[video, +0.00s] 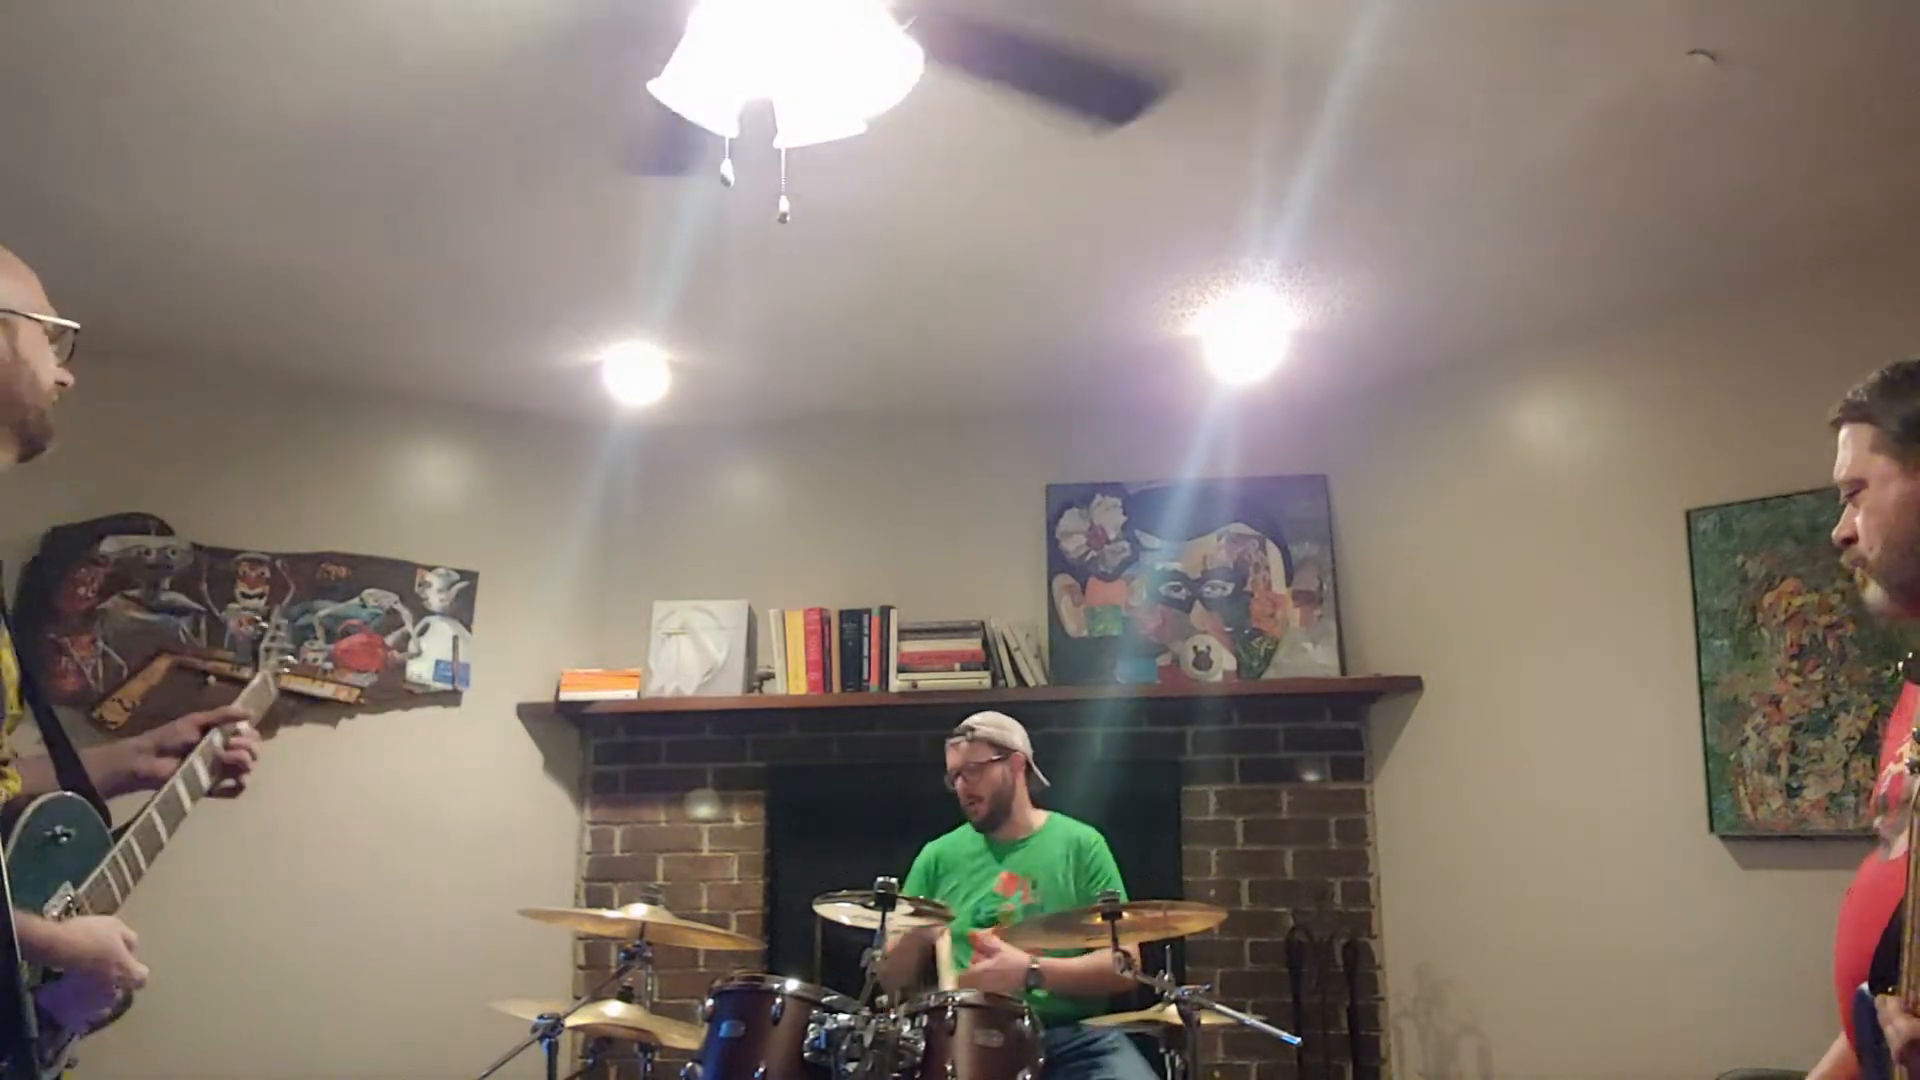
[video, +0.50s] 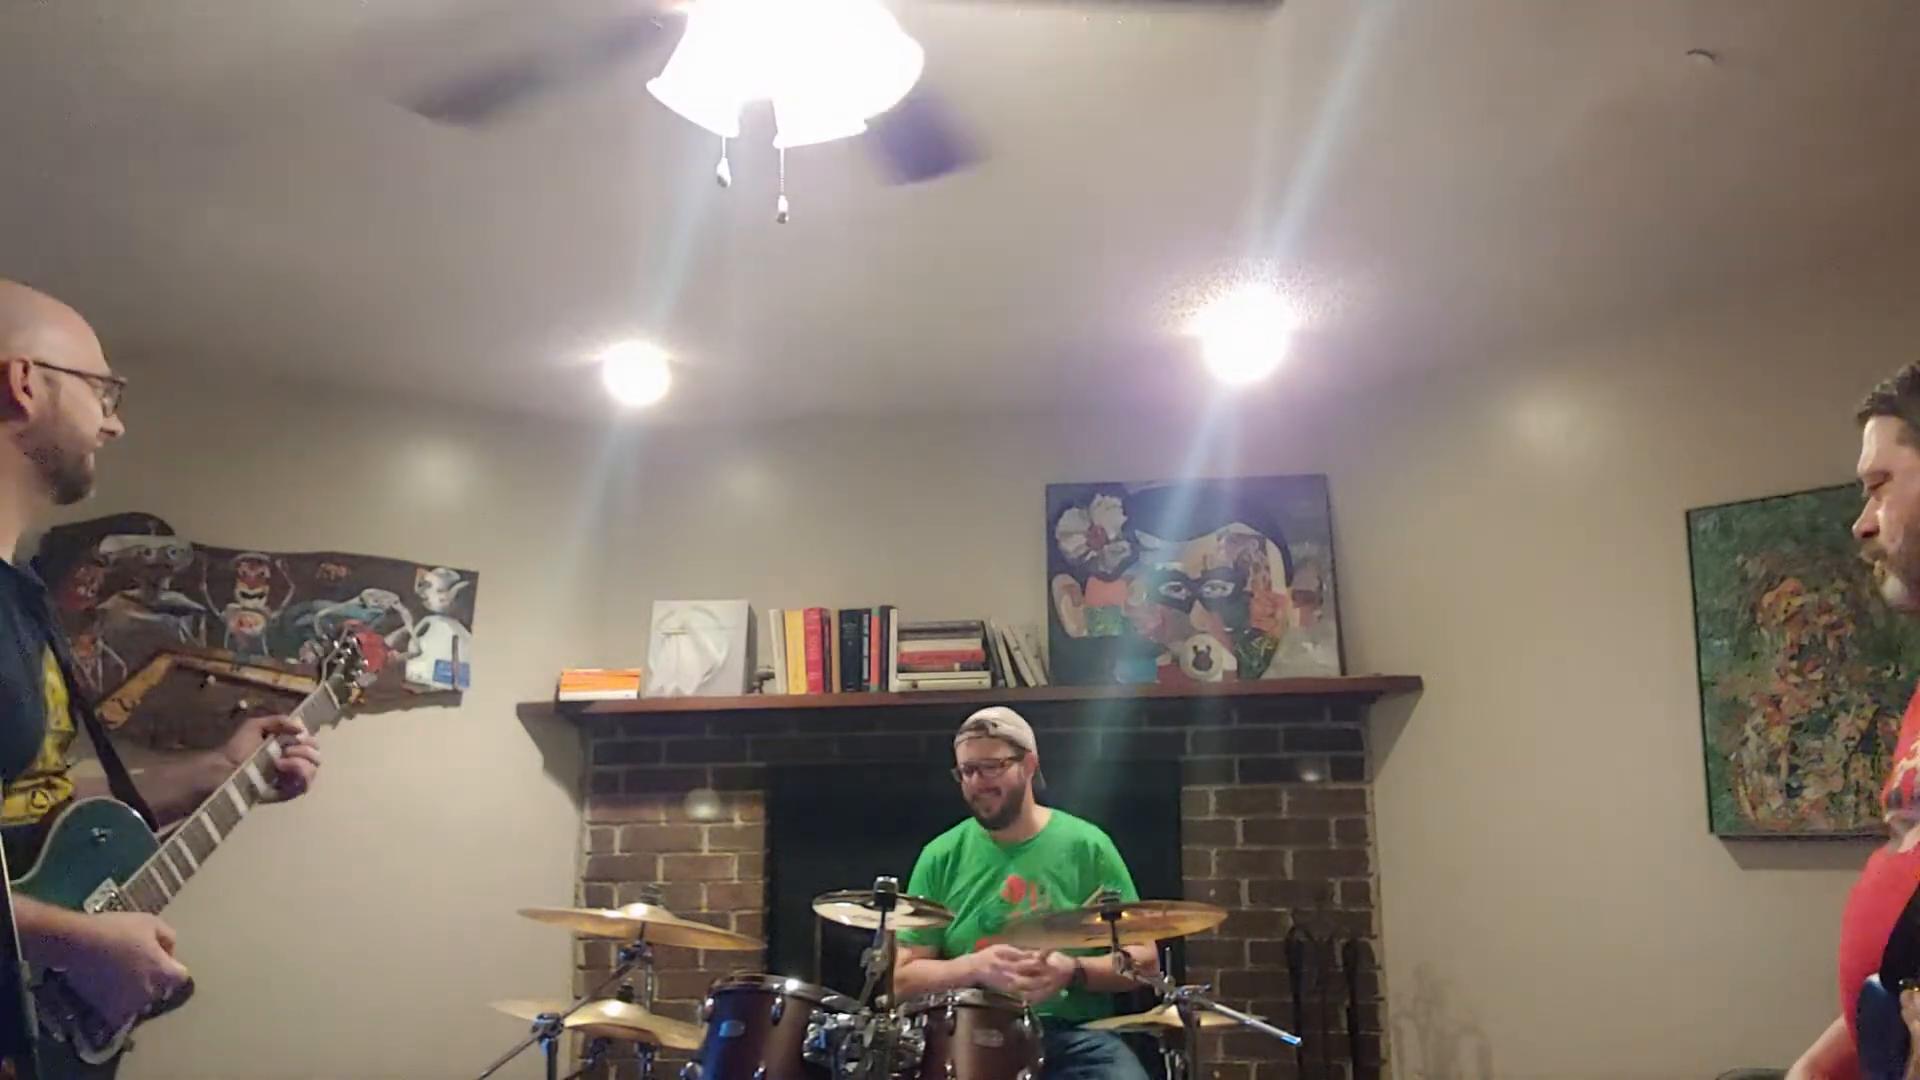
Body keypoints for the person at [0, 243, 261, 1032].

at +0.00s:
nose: (67, 376)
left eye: (63, 343)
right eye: (53, 335)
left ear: (9, 338)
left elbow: (5, 777)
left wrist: (141, 759)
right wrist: (49, 941)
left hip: (26, 1021)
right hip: (14, 1027)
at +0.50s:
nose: (114, 425)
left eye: (112, 397)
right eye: (102, 391)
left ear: (27, 386)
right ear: (24, 384)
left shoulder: (23, 597)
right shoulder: (8, 599)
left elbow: (37, 814)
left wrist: (219, 770)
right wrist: (67, 941)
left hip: (52, 1040)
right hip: (16, 1046)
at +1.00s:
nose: (147, 478)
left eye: (147, 448)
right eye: (122, 452)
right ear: (19, 449)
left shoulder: (50, 604)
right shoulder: (12, 611)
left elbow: (73, 808)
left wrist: (262, 768)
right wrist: (77, 916)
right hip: (21, 1038)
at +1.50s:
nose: (136, 496)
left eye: (143, 467)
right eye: (108, 466)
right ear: (11, 446)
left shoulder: (47, 622)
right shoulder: (17, 623)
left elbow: (70, 830)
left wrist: (252, 777)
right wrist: (73, 914)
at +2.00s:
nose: (128, 526)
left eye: (151, 501)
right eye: (103, 494)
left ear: (169, 477)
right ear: (20, 450)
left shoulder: (67, 622)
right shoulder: (17, 614)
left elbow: (61, 831)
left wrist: (257, 813)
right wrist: (21, 923)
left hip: (47, 1037)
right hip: (10, 1042)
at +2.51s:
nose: (147, 533)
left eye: (169, 504)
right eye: (123, 497)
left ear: (187, 476)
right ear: (26, 442)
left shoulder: (46, 609)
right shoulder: (20, 614)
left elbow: (27, 820)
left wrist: (227, 833)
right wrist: (14, 974)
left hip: (35, 1038)